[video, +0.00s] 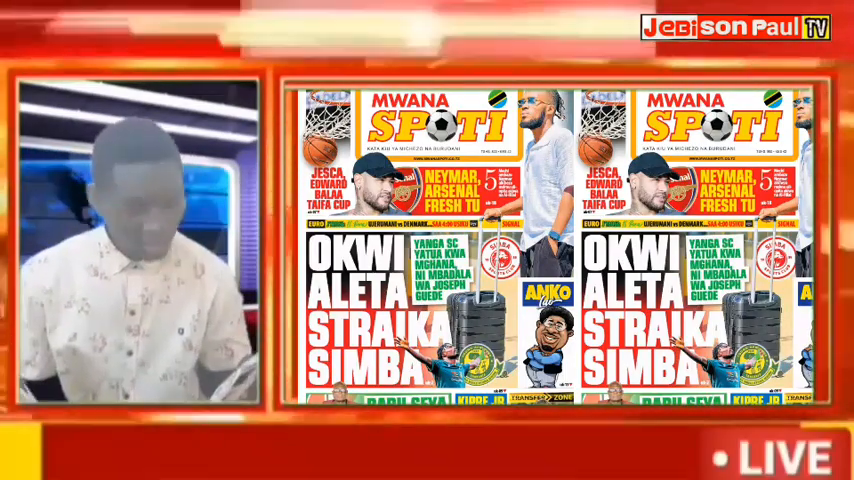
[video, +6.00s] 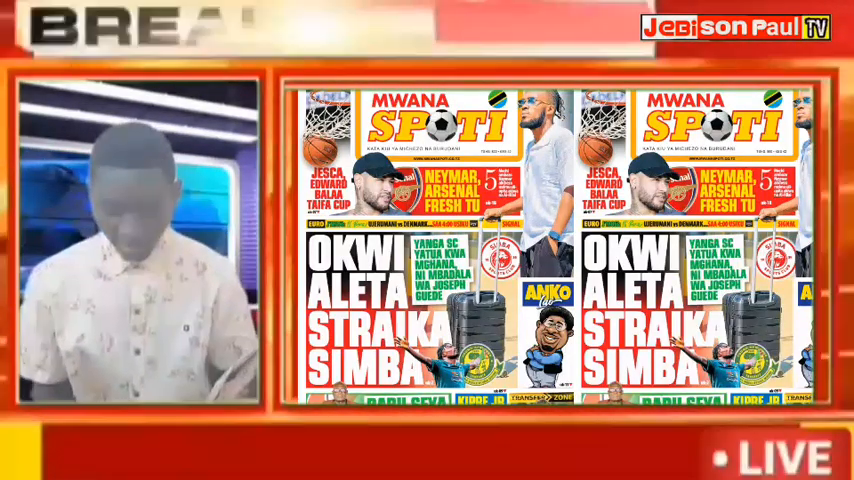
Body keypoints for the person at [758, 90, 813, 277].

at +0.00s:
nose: (799, 107)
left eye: (806, 101)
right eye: (797, 103)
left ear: (820, 107)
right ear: (794, 110)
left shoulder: (827, 147)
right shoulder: (806, 149)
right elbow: (804, 196)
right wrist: (777, 211)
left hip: (820, 240)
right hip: (803, 239)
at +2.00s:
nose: (799, 107)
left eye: (807, 101)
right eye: (797, 102)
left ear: (820, 107)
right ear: (794, 109)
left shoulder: (827, 148)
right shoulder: (806, 149)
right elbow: (805, 197)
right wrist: (777, 211)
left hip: (821, 240)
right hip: (804, 239)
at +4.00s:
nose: (799, 107)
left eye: (806, 101)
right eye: (797, 103)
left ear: (820, 107)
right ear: (793, 109)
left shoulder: (825, 148)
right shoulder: (806, 149)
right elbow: (805, 196)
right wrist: (777, 210)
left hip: (819, 239)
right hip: (803, 239)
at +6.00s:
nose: (800, 107)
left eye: (806, 101)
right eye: (797, 103)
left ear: (820, 107)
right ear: (794, 110)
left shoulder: (827, 147)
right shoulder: (806, 149)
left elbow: (832, 192)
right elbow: (805, 196)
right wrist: (777, 211)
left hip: (820, 239)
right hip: (804, 239)